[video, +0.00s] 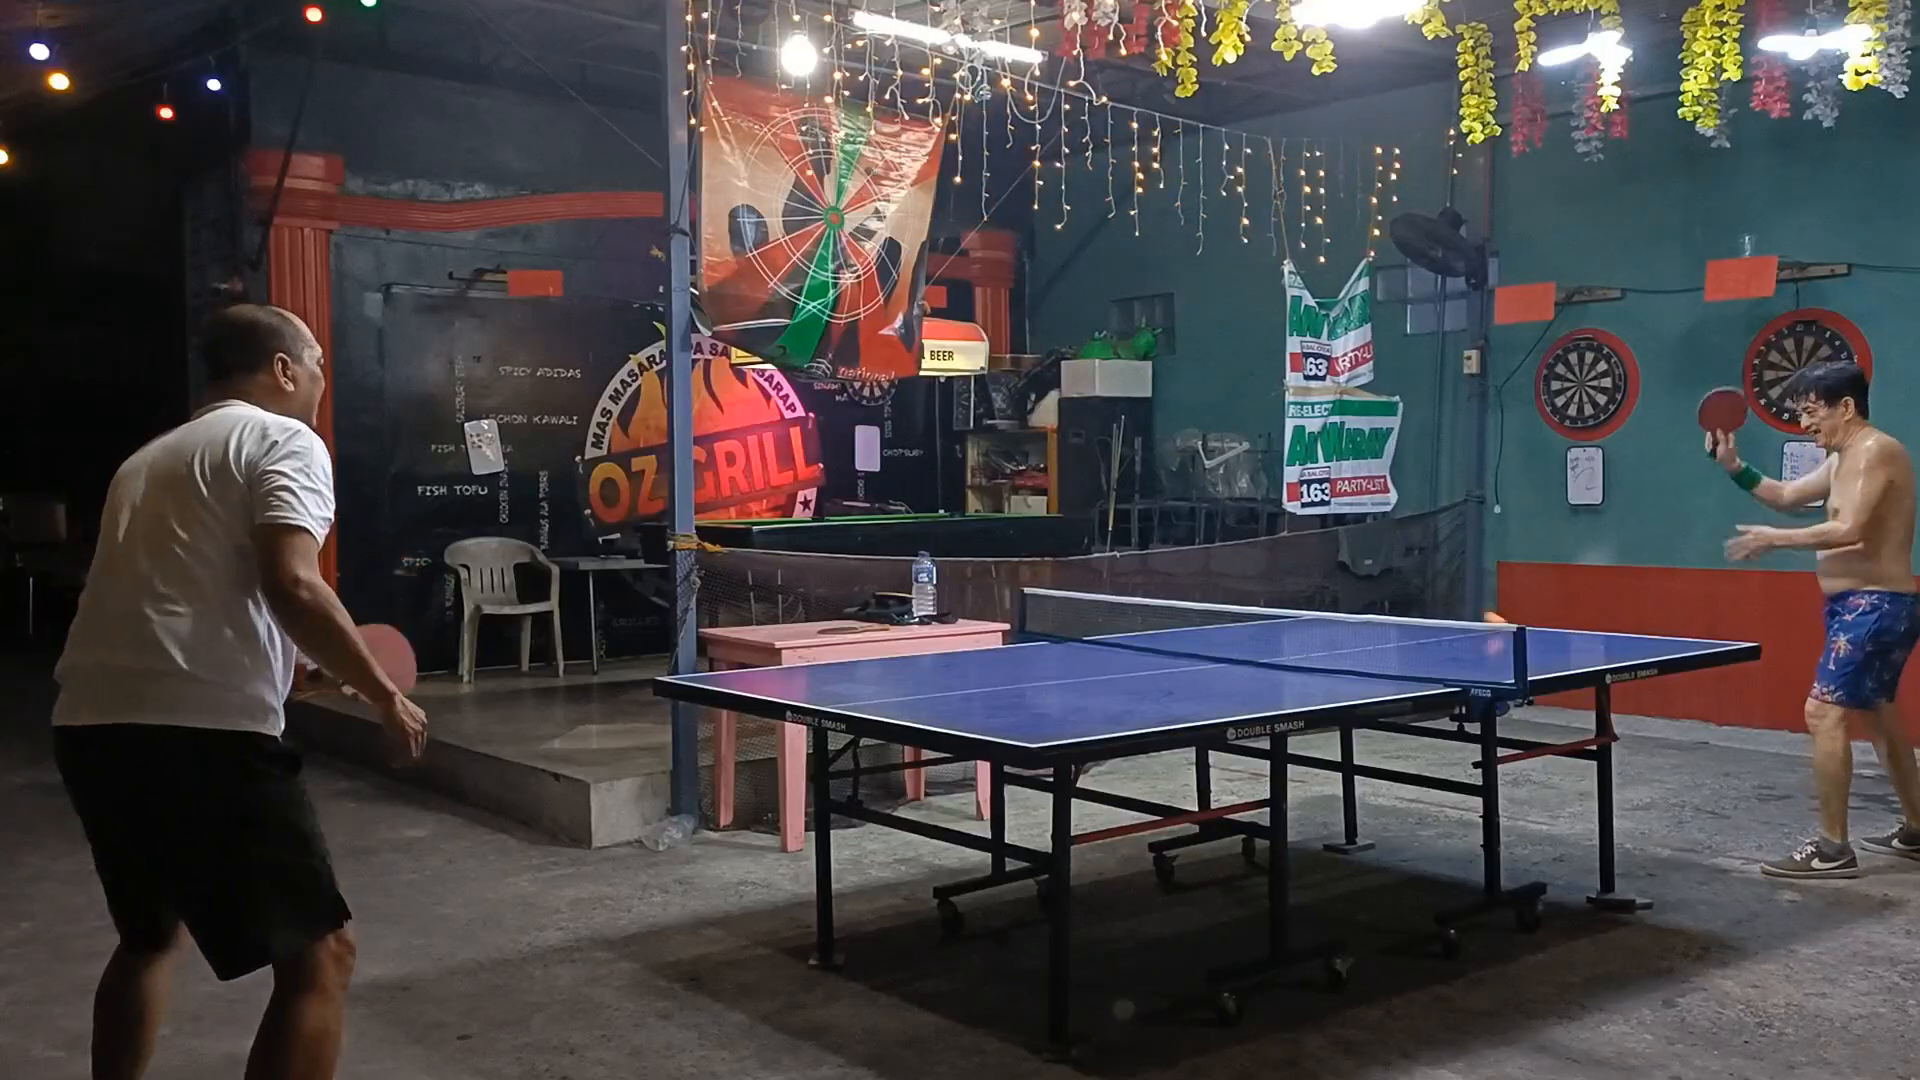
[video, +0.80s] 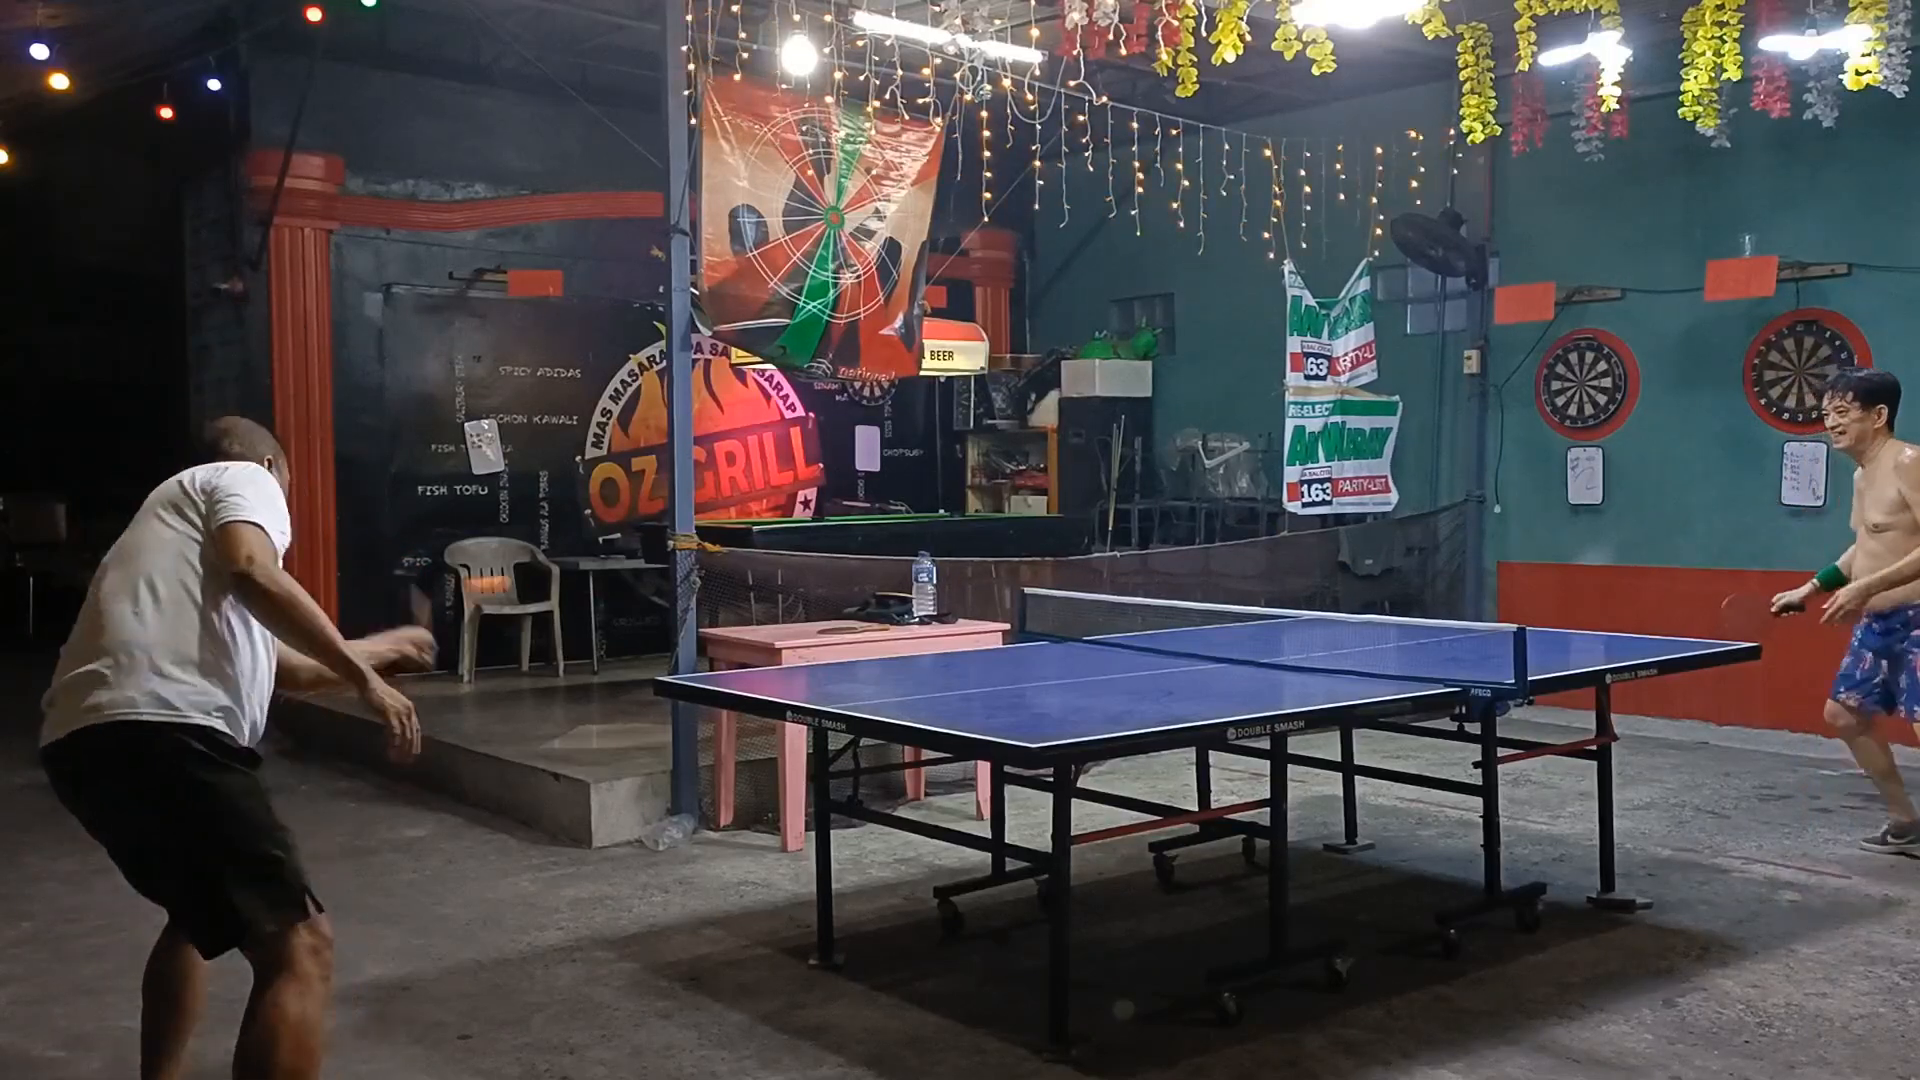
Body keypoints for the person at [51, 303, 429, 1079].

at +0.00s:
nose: (321, 390)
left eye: (321, 372)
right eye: (317, 372)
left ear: (217, 377)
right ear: (283, 371)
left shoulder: (142, 461)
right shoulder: (284, 440)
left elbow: (155, 610)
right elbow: (291, 583)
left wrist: (288, 665)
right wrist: (386, 697)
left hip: (90, 724)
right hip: (211, 727)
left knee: (148, 937)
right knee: (319, 950)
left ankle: (111, 1078)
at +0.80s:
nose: (287, 494)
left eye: (288, 483)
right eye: (286, 481)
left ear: (213, 461)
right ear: (271, 466)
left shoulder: (164, 529)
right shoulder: (244, 477)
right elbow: (246, 565)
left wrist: (373, 650)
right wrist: (367, 683)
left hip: (78, 739)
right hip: (169, 727)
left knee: (193, 916)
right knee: (298, 945)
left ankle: (160, 1070)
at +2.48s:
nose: (371, 436)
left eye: (371, 417)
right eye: (360, 416)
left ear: (297, 419)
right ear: (292, 414)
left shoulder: (285, 500)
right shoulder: (114, 484)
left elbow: (282, 574)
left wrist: (371, 615)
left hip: (142, 788)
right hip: (35, 789)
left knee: (163, 952)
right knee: (121, 1038)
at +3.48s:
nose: (428, 482)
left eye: (426, 472)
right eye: (427, 472)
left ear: (357, 477)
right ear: (414, 470)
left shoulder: (322, 544)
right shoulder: (397, 506)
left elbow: (322, 646)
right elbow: (398, 566)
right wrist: (471, 640)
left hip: (287, 755)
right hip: (363, 748)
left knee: (377, 856)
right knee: (388, 947)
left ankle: (398, 983)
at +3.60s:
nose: (424, 501)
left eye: (420, 492)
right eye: (422, 491)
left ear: (355, 498)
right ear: (409, 487)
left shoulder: (339, 551)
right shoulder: (392, 516)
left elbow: (407, 658)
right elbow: (388, 573)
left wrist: (502, 657)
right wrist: (455, 642)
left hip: (292, 742)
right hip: (363, 733)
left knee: (394, 868)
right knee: (394, 924)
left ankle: (385, 990)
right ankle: (377, 1069)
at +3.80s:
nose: (432, 468)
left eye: (430, 458)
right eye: (429, 457)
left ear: (370, 457)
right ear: (406, 451)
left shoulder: (349, 509)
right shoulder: (393, 478)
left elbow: (398, 649)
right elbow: (389, 552)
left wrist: (488, 691)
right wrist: (450, 639)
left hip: (282, 688)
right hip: (335, 682)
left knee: (372, 843)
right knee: (396, 877)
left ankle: (383, 990)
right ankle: (367, 1067)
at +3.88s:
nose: (428, 448)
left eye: (427, 436)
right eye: (425, 436)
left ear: (361, 436)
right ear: (397, 432)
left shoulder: (324, 492)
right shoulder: (394, 462)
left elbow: (336, 621)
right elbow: (390, 539)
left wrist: (408, 713)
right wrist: (454, 646)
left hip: (262, 665)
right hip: (322, 664)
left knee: (348, 829)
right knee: (400, 858)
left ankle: (333, 991)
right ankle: (333, 1061)